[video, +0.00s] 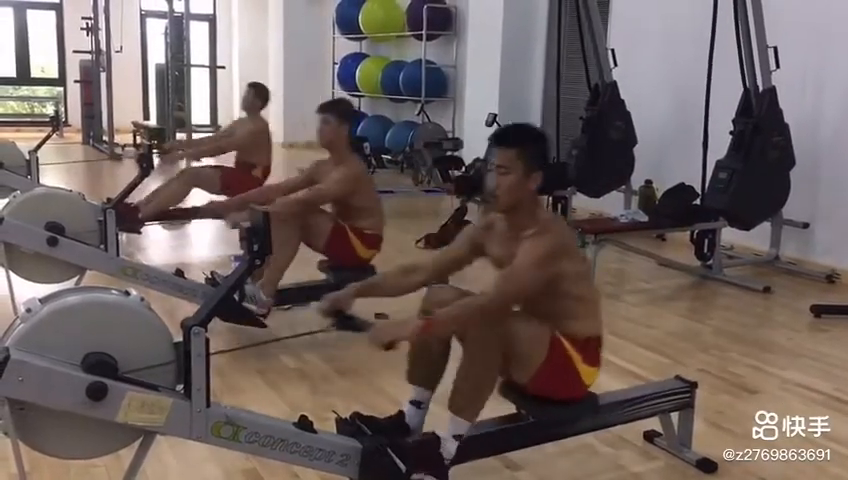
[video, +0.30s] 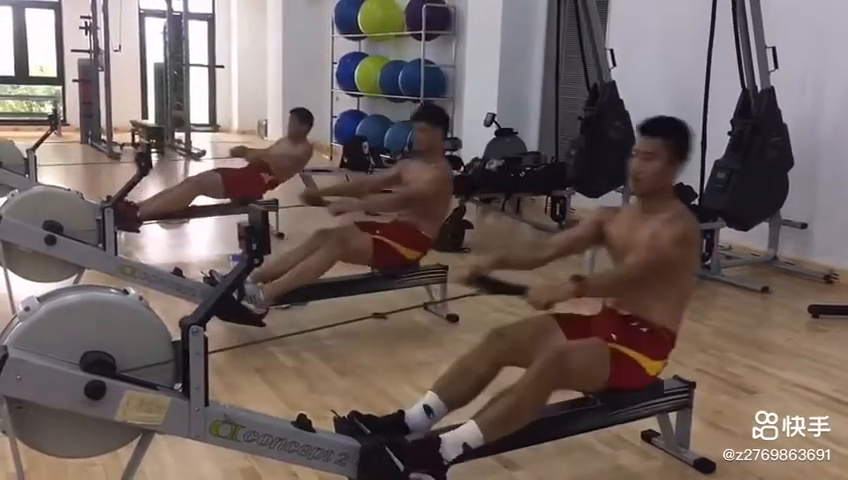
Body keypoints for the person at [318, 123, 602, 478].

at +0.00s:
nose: (491, 181)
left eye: (503, 172)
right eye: (491, 170)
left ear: (534, 181)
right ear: (489, 171)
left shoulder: (548, 239)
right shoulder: (491, 227)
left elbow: (493, 303)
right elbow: (423, 270)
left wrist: (409, 327)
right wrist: (356, 291)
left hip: (571, 361)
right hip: (528, 344)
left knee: (487, 324)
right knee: (437, 300)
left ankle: (445, 450)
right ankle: (410, 423)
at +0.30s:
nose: (636, 165)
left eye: (649, 158)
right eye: (635, 155)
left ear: (675, 168)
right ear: (631, 159)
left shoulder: (678, 228)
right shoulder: (613, 217)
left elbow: (630, 276)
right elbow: (546, 251)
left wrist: (564, 290)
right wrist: (491, 263)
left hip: (643, 346)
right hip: (602, 323)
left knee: (552, 363)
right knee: (501, 340)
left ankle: (446, 450)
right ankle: (411, 423)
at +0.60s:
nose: (699, 198)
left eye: (711, 193)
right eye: (698, 190)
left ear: (735, 204)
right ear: (694, 194)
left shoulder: (743, 251)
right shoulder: (670, 234)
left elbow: (753, 319)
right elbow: (638, 280)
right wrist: (607, 262)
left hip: (653, 343)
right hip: (614, 322)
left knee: (561, 375)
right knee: (524, 356)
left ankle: (439, 453)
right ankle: (401, 423)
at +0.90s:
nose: (691, 195)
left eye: (703, 189)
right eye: (691, 186)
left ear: (729, 200)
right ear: (689, 192)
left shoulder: (741, 259)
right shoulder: (668, 239)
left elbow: (754, 333)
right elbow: (643, 297)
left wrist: (722, 293)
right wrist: (621, 285)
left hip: (648, 348)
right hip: (611, 326)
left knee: (555, 383)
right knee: (519, 359)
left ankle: (440, 457)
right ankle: (403, 427)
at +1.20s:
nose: (657, 180)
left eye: (669, 173)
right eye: (656, 170)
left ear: (697, 182)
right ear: (653, 173)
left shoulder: (702, 236)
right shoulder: (632, 230)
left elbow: (700, 315)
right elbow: (585, 279)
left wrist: (638, 314)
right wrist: (548, 290)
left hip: (649, 347)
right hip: (604, 330)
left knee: (557, 388)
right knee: (514, 370)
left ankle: (438, 461)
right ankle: (406, 429)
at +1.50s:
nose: (632, 179)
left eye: (644, 171)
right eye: (631, 169)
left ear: (674, 177)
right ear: (629, 172)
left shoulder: (684, 238)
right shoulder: (614, 229)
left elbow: (645, 312)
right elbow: (555, 269)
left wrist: (584, 331)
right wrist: (504, 298)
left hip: (649, 348)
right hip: (607, 332)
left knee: (557, 394)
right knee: (515, 374)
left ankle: (444, 462)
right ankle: (407, 430)